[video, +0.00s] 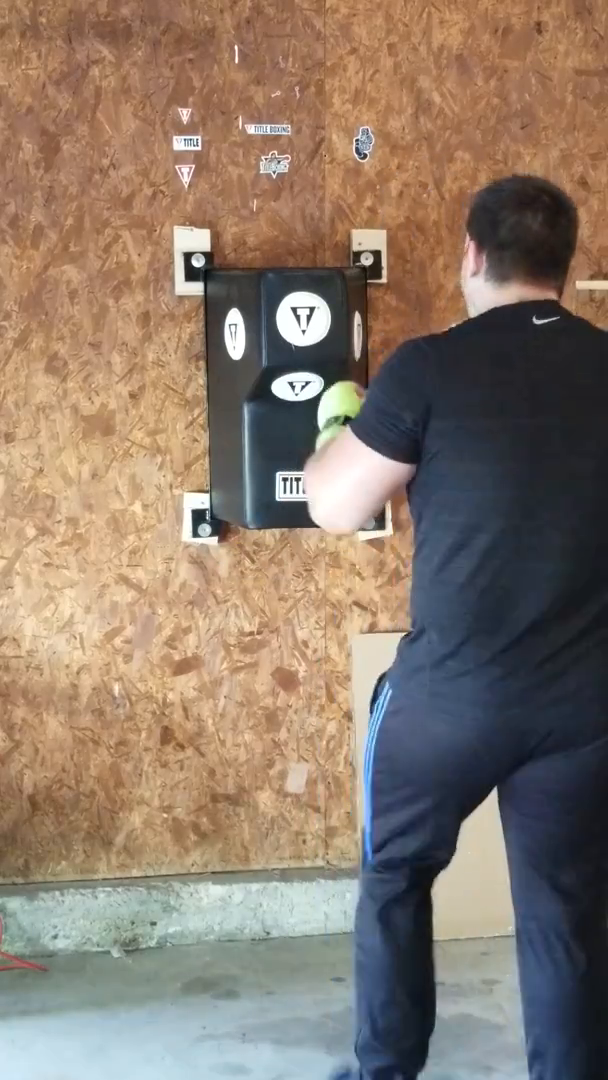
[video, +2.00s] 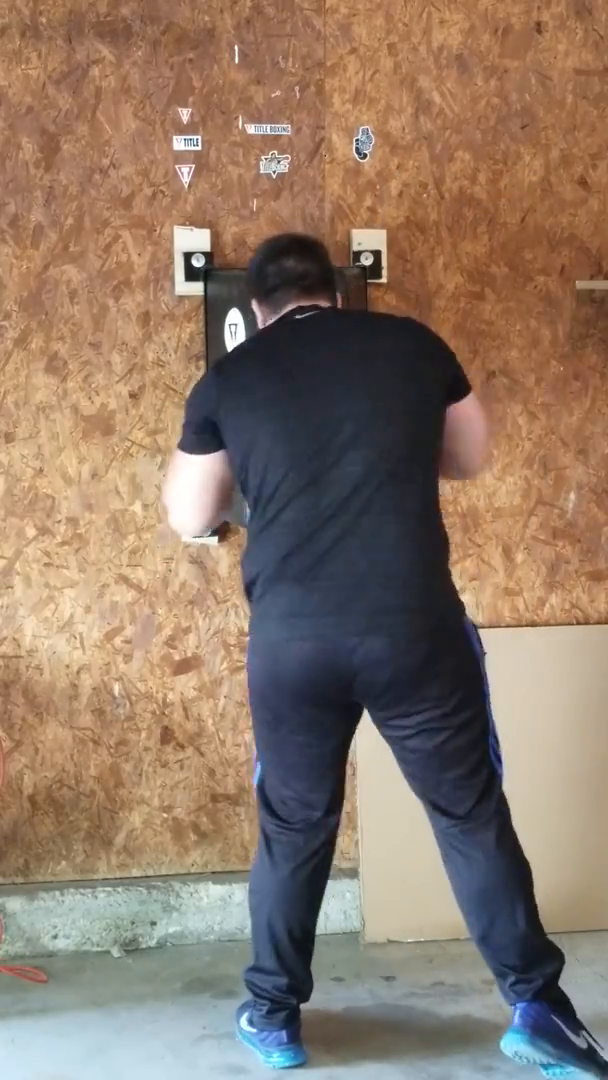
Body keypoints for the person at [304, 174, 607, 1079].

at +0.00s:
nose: (459, 262)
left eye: (462, 251)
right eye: (462, 250)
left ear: (473, 255)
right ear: (567, 264)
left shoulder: (430, 366)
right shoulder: (602, 357)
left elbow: (339, 505)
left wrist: (335, 459)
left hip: (458, 686)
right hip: (586, 691)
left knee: (395, 873)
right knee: (567, 919)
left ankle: (384, 1064)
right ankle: (566, 1071)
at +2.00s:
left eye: (254, 314)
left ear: (259, 311)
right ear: (338, 293)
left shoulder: (227, 378)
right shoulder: (410, 340)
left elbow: (191, 517)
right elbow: (470, 457)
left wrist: (240, 477)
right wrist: (387, 440)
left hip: (293, 638)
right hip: (415, 625)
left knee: (292, 826)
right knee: (471, 813)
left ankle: (273, 1014)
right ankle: (537, 1002)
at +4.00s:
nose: (417, 330)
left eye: (414, 317)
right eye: (414, 316)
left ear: (433, 314)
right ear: (496, 289)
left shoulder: (436, 397)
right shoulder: (591, 340)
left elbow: (382, 517)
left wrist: (314, 445)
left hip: (527, 627)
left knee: (496, 802)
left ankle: (490, 987)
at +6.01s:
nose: (396, 326)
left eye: (396, 305)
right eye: (391, 310)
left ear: (429, 287)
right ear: (453, 283)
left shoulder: (483, 350)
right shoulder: (514, 342)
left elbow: (444, 472)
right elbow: (457, 458)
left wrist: (369, 428)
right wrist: (393, 411)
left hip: (470, 597)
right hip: (534, 598)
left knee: (378, 782)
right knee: (511, 768)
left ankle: (349, 987)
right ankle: (560, 953)